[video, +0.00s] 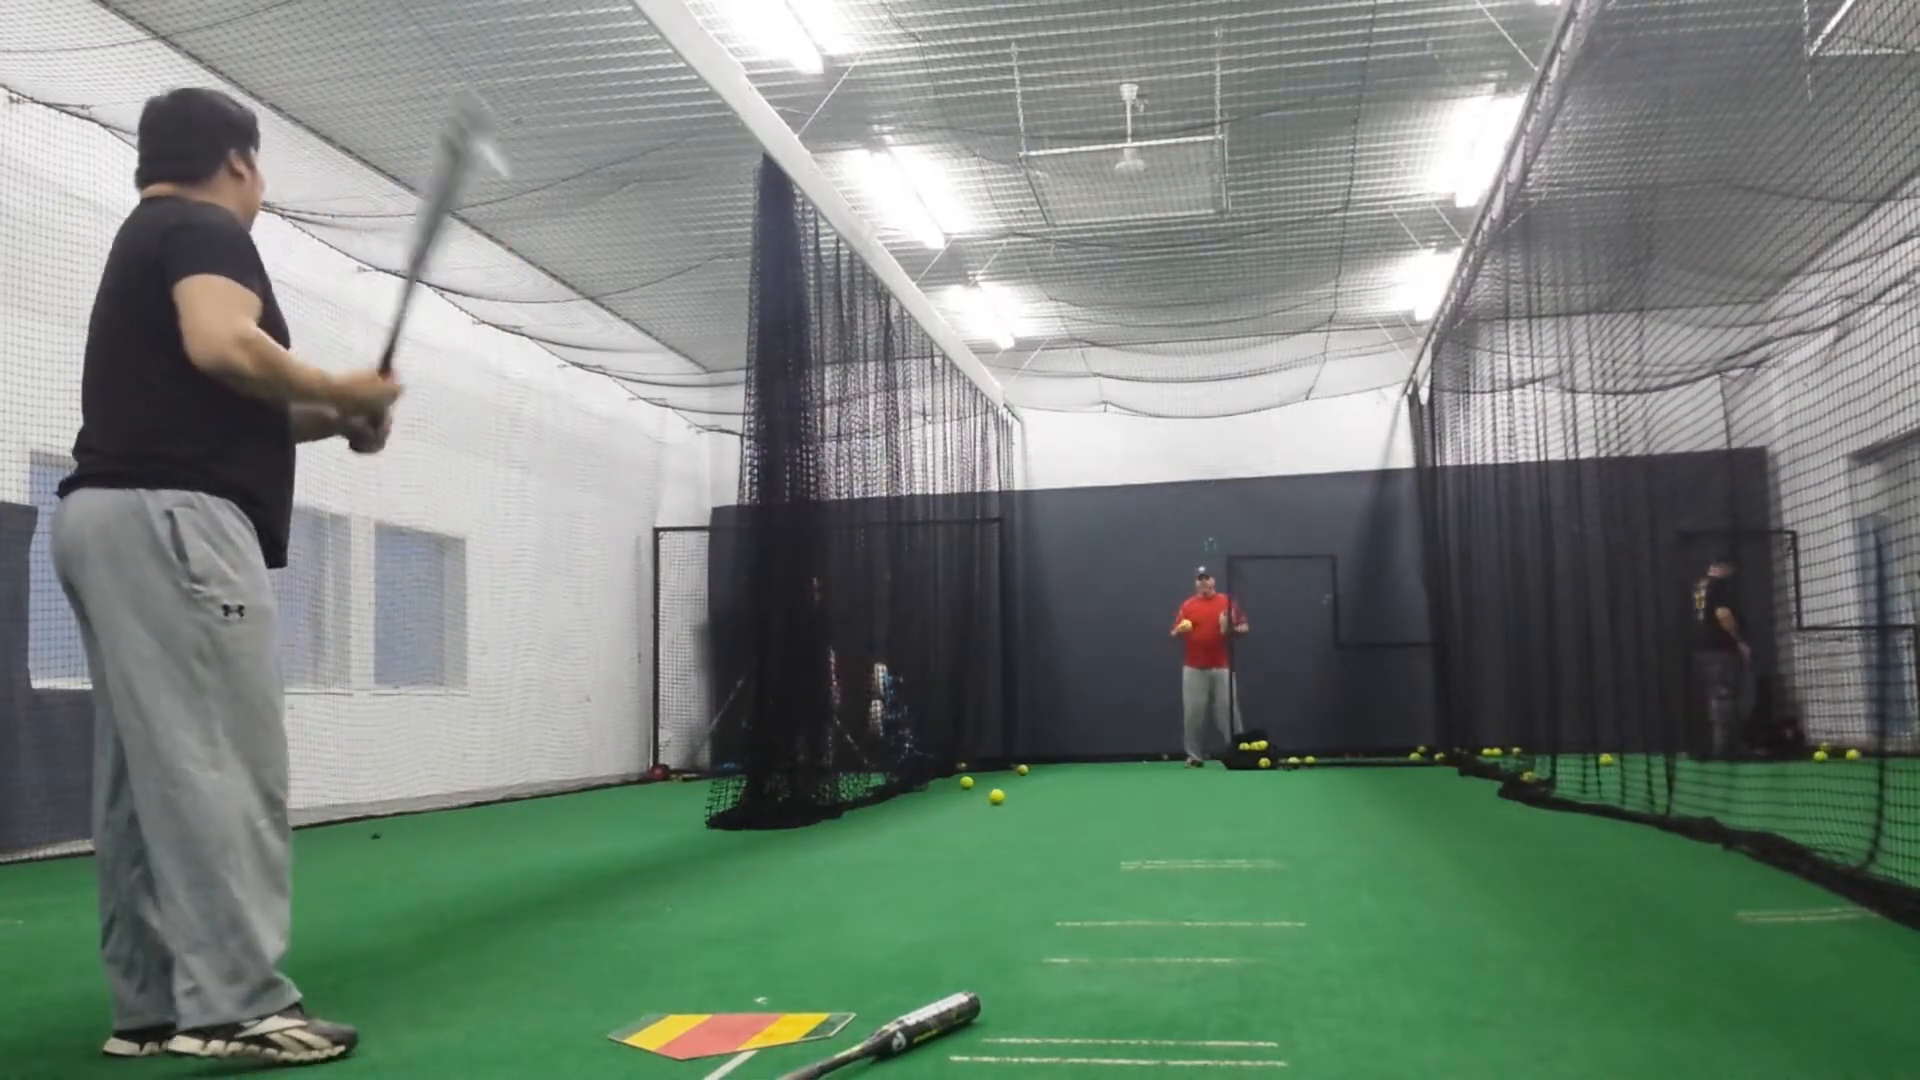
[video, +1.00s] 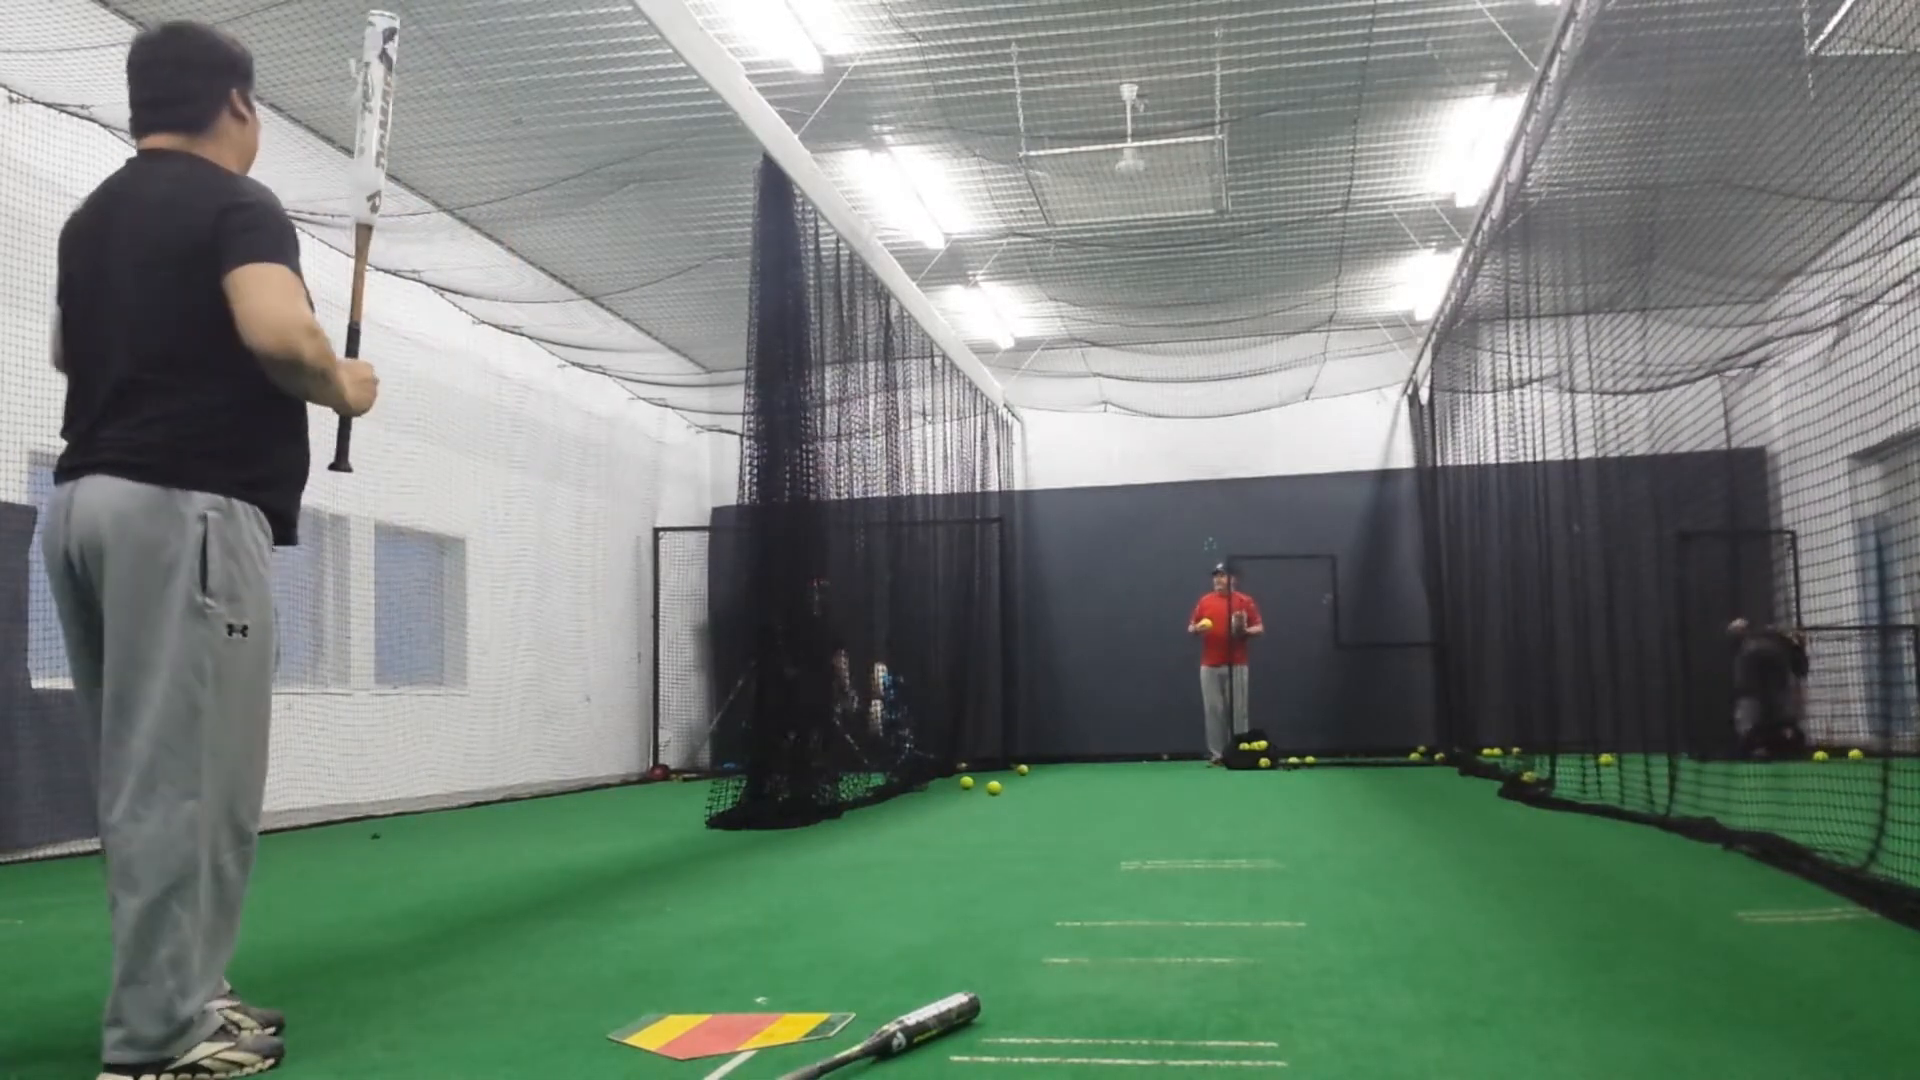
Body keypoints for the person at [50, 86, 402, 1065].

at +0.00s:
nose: (262, 185)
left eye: (258, 168)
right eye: (258, 167)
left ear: (162, 165)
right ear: (233, 160)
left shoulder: (146, 237)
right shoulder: (204, 226)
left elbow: (217, 418)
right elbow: (217, 343)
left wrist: (333, 418)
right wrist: (341, 387)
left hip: (106, 516)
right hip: (167, 518)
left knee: (142, 769)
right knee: (220, 758)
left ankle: (153, 1009)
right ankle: (237, 1004)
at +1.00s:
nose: (259, 127)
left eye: (254, 110)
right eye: (255, 109)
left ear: (148, 114)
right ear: (231, 107)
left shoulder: (89, 217)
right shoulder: (237, 201)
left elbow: (83, 370)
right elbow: (274, 332)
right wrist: (339, 382)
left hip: (85, 510)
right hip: (185, 515)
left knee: (144, 768)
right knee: (190, 776)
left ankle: (175, 994)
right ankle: (157, 1031)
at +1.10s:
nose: (260, 123)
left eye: (256, 106)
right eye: (257, 106)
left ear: (147, 108)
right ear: (234, 104)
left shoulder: (81, 212)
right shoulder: (247, 203)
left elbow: (52, 370)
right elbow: (290, 337)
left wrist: (106, 444)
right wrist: (344, 385)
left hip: (73, 510)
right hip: (182, 516)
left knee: (132, 769)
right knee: (186, 773)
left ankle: (167, 992)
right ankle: (156, 1033)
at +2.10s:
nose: (163, 120)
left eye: (158, 103)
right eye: (159, 103)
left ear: (38, 109)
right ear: (137, 101)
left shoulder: (2, 194)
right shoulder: (182, 204)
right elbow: (260, 349)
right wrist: (198, 397)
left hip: (5, 510)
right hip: (113, 511)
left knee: (6, 787)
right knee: (145, 779)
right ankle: (159, 1035)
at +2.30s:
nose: (118, 130)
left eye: (113, 113)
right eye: (113, 112)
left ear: (11, 109)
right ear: (87, 104)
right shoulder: (127, 205)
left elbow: (207, 350)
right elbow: (213, 349)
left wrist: (135, 387)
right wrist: (144, 396)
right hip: (64, 509)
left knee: (12, 790)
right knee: (114, 777)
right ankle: (156, 1032)